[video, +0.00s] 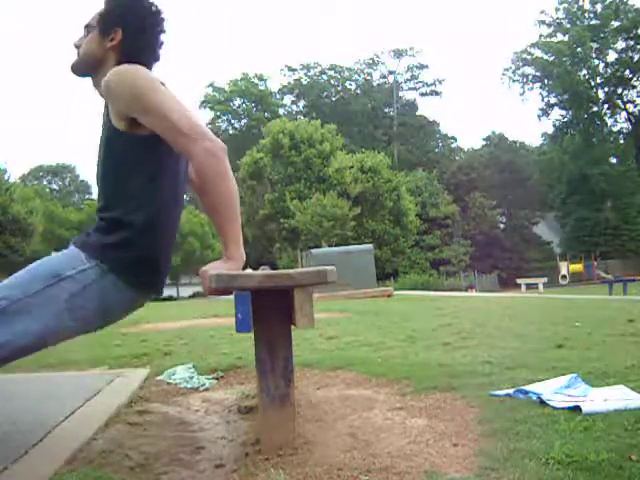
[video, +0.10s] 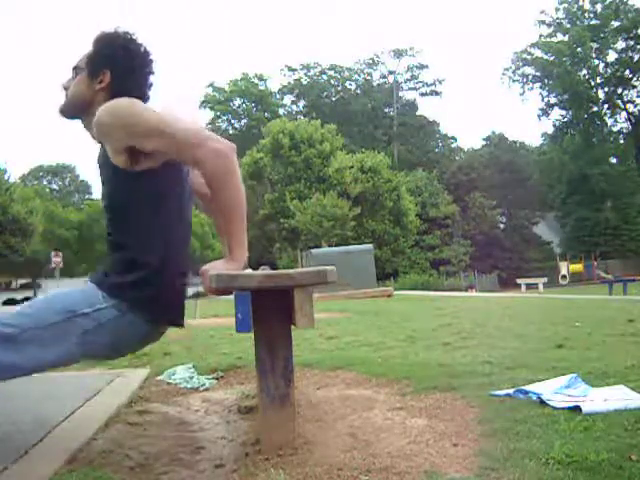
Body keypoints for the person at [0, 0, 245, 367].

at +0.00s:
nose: (78, 40)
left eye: (88, 31)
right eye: (84, 31)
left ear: (113, 39)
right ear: (112, 41)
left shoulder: (124, 80)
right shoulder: (136, 87)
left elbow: (209, 150)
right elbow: (200, 177)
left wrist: (233, 256)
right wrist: (234, 253)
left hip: (107, 267)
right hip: (111, 268)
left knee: (3, 326)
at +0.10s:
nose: (66, 84)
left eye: (77, 72)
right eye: (72, 72)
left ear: (102, 81)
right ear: (102, 81)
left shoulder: (113, 115)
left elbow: (219, 154)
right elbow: (206, 189)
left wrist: (238, 256)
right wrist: (234, 253)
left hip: (126, 303)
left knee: (5, 337)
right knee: (8, 334)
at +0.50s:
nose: (70, 70)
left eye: (81, 59)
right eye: (76, 59)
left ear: (107, 68)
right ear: (107, 69)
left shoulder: (117, 100)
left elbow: (217, 153)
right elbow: (206, 192)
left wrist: (238, 257)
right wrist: (238, 253)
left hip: (120, 290)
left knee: (2, 328)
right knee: (4, 324)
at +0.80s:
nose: (78, 21)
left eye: (88, 10)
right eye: (83, 11)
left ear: (117, 15)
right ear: (114, 17)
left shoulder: (128, 57)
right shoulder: (158, 67)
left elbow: (181, 151)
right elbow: (190, 160)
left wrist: (229, 253)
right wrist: (231, 253)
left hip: (103, 240)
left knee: (3, 313)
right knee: (7, 323)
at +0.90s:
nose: (70, 57)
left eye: (80, 44)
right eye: (75, 45)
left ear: (108, 49)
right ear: (108, 50)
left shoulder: (119, 83)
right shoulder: (131, 92)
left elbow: (207, 151)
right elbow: (206, 156)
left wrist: (235, 256)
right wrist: (235, 254)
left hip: (117, 271)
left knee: (4, 324)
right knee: (6, 325)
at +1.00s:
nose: (64, 99)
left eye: (73, 86)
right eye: (69, 86)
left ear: (101, 91)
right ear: (102, 92)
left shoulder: (114, 122)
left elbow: (222, 154)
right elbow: (211, 190)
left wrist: (239, 259)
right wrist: (243, 251)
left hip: (134, 308)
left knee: (3, 338)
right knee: (9, 326)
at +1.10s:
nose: (62, 132)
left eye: (70, 120)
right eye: (66, 120)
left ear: (98, 125)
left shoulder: (115, 150)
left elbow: (224, 154)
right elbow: (222, 192)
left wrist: (240, 258)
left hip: (145, 335)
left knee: (5, 352)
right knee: (12, 342)